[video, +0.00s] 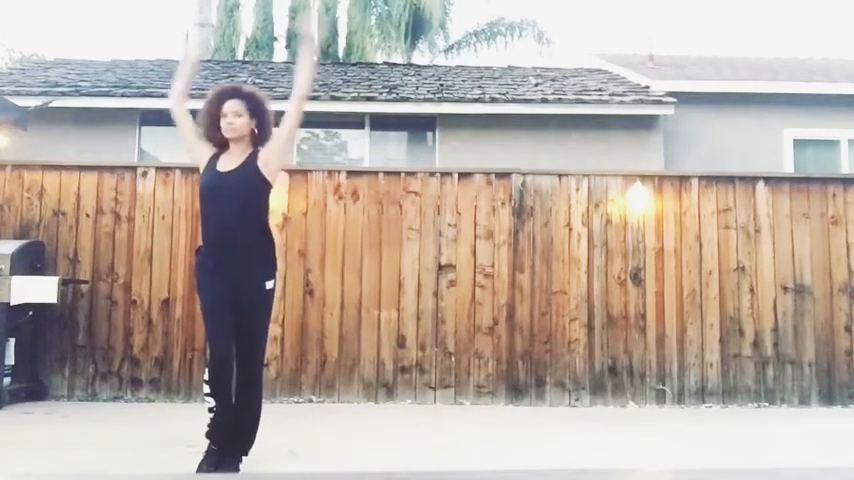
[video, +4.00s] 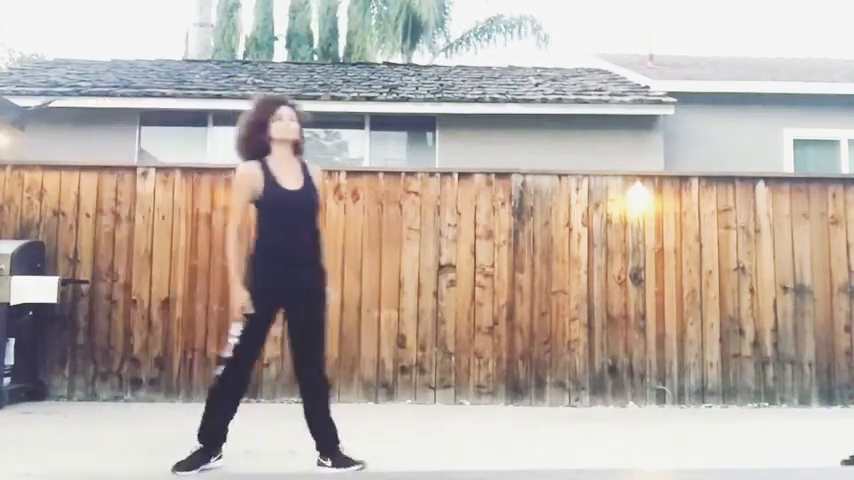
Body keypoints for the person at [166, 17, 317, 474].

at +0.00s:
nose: (230, 120)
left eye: (237, 114)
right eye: (224, 115)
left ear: (254, 121)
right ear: (217, 122)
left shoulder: (269, 158)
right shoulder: (208, 158)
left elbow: (299, 99)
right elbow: (176, 104)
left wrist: (309, 42)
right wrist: (193, 53)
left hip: (256, 269)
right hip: (212, 268)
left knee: (249, 362)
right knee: (220, 353)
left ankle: (237, 451)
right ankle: (218, 444)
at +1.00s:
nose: (265, 121)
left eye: (272, 116)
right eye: (258, 115)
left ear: (283, 123)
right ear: (246, 123)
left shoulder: (291, 158)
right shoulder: (235, 158)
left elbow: (297, 89)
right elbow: (213, 97)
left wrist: (252, 84)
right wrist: (242, 89)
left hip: (286, 274)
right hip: (241, 274)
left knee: (302, 363)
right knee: (221, 362)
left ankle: (336, 450)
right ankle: (213, 449)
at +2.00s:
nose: (248, 122)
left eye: (255, 115)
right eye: (242, 116)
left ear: (272, 122)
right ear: (237, 124)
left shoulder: (278, 156)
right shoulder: (239, 158)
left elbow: (293, 91)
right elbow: (217, 102)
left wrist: (274, 92)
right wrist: (251, 94)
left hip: (255, 272)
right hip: (227, 272)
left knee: (245, 363)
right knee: (228, 365)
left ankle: (296, 438)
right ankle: (244, 451)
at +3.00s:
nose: (129, 119)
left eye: (138, 113)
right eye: (127, 113)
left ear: (161, 121)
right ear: (124, 121)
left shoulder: (165, 169)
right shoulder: (114, 157)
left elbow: (215, 145)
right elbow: (54, 152)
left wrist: (187, 147)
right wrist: (81, 110)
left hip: (136, 270)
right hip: (104, 268)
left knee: (116, 368)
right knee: (92, 370)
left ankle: (88, 460)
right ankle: (173, 429)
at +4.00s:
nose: (288, 124)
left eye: (292, 119)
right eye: (280, 119)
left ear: (300, 128)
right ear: (264, 128)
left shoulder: (309, 170)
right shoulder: (251, 172)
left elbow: (313, 229)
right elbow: (235, 231)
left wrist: (319, 276)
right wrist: (237, 286)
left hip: (307, 279)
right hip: (266, 279)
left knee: (312, 367)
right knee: (238, 363)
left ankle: (328, 450)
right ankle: (210, 444)